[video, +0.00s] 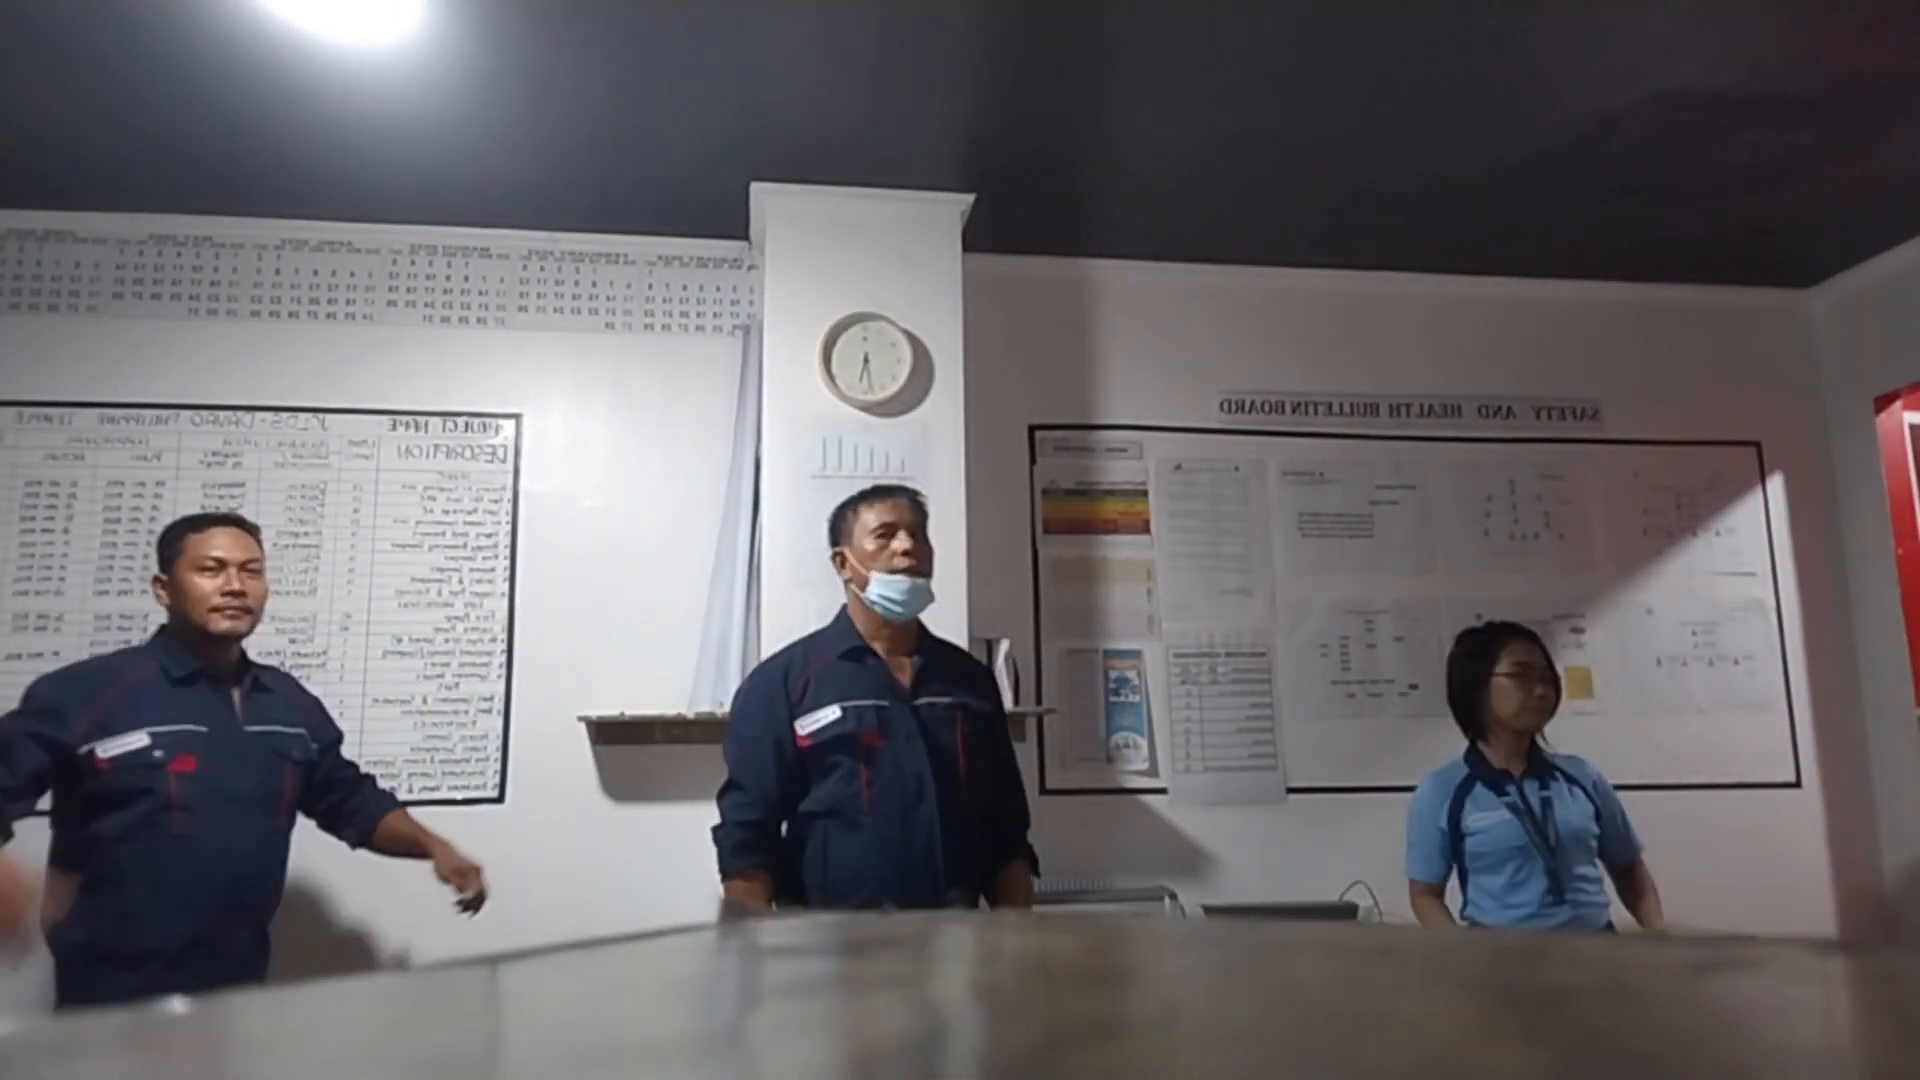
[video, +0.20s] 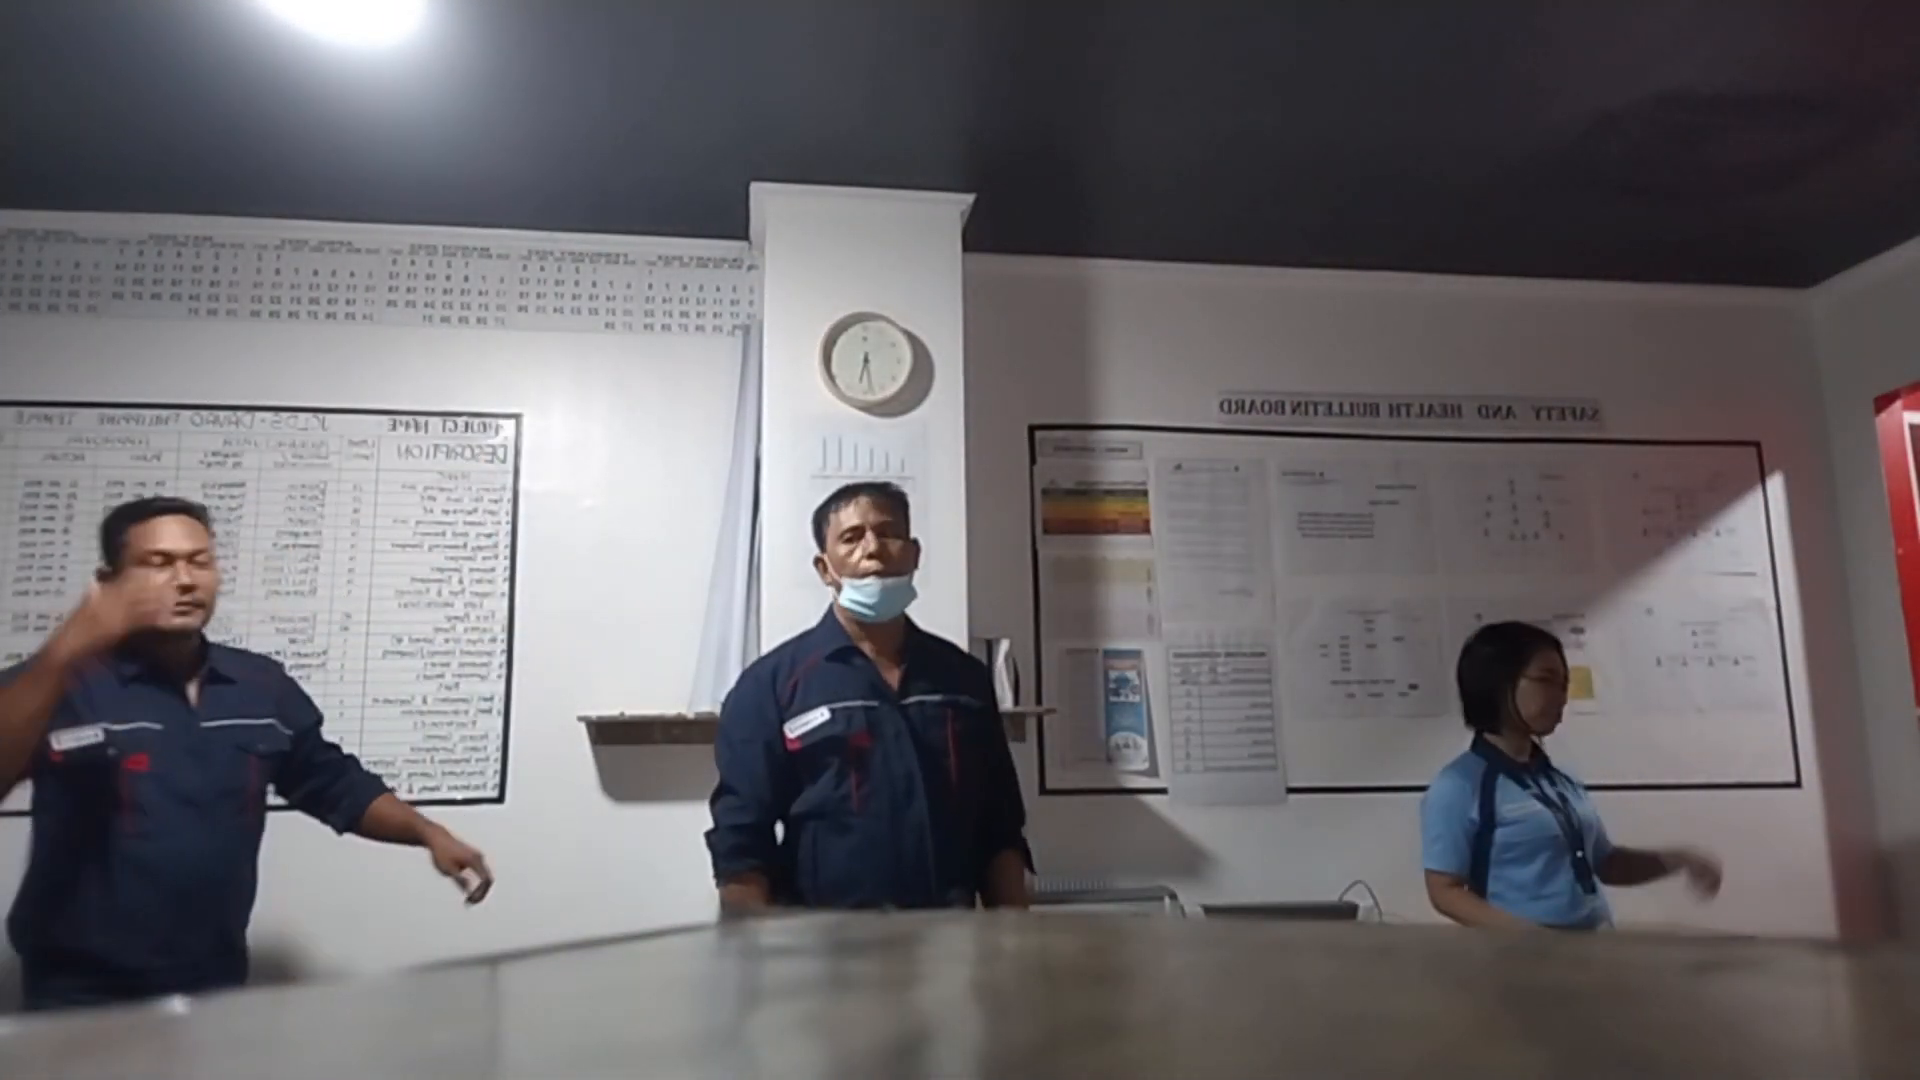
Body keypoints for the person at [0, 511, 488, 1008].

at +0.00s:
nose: (235, 585)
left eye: (250, 570)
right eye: (211, 569)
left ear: (265, 586)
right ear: (164, 588)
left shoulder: (290, 707)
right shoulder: (76, 698)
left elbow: (346, 798)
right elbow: (1, 799)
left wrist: (434, 847)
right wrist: (11, 880)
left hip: (233, 996)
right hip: (106, 1001)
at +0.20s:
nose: (186, 578)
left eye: (199, 560)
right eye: (160, 562)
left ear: (217, 575)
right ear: (111, 584)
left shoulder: (262, 686)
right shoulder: (61, 682)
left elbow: (332, 782)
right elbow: (3, 770)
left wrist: (430, 833)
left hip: (209, 986)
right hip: (76, 991)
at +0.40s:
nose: (126, 573)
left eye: (138, 548)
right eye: (96, 563)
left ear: (162, 554)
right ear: (59, 585)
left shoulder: (223, 677)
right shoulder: (30, 676)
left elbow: (283, 794)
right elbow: (16, 637)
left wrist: (360, 888)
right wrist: (64, 537)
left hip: (180, 1002)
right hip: (48, 1009)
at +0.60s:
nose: (125, 558)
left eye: (132, 533)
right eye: (91, 548)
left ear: (153, 538)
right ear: (40, 576)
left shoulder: (201, 670)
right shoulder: (15, 662)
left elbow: (227, 800)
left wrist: (286, 896)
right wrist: (17, 510)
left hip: (164, 996)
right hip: (30, 1006)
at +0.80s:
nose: (128, 561)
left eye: (138, 537)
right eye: (96, 547)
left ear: (155, 544)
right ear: (40, 573)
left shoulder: (187, 678)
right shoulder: (10, 672)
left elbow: (222, 792)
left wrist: (314, 858)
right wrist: (4, 522)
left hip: (157, 1009)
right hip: (27, 1017)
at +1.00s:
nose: (139, 549)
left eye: (154, 529)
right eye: (110, 529)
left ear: (173, 542)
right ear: (52, 547)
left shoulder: (190, 682)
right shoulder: (11, 658)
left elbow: (237, 811)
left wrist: (345, 897)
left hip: (166, 1003)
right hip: (29, 1009)